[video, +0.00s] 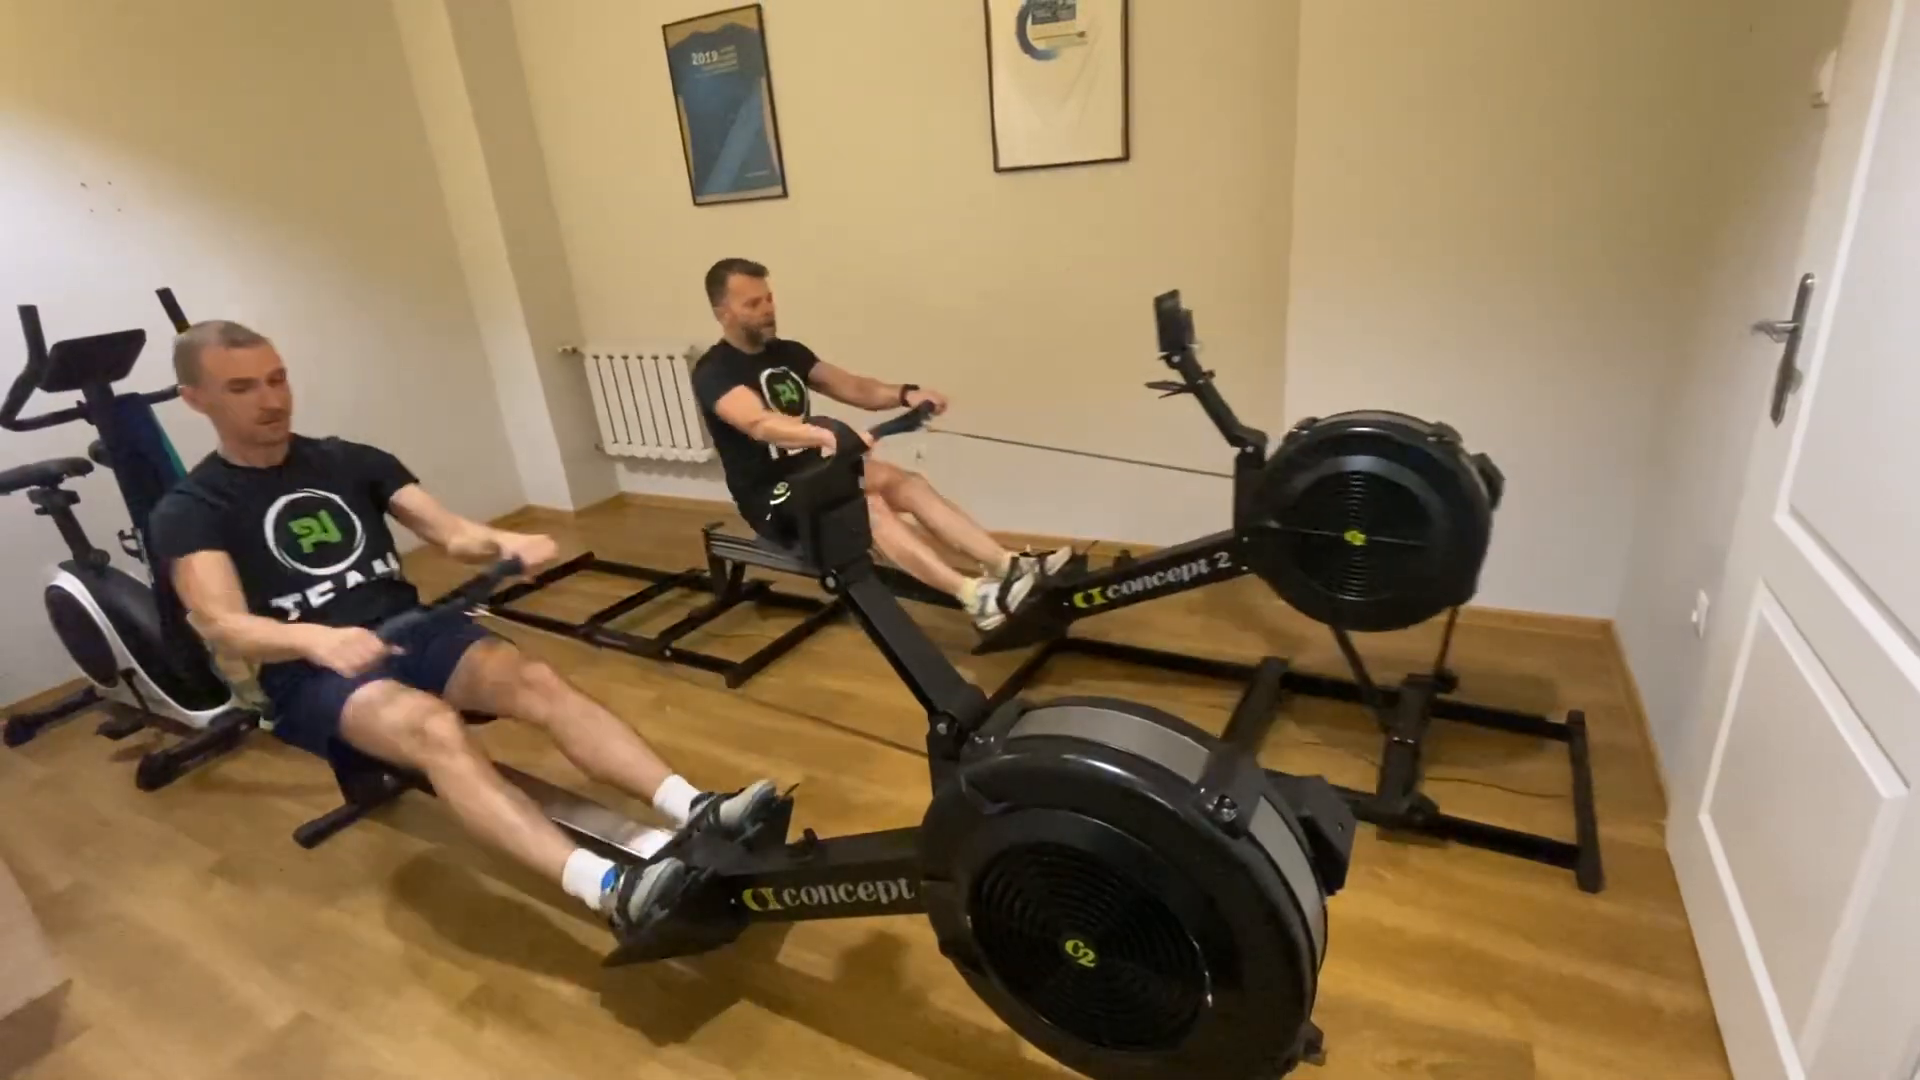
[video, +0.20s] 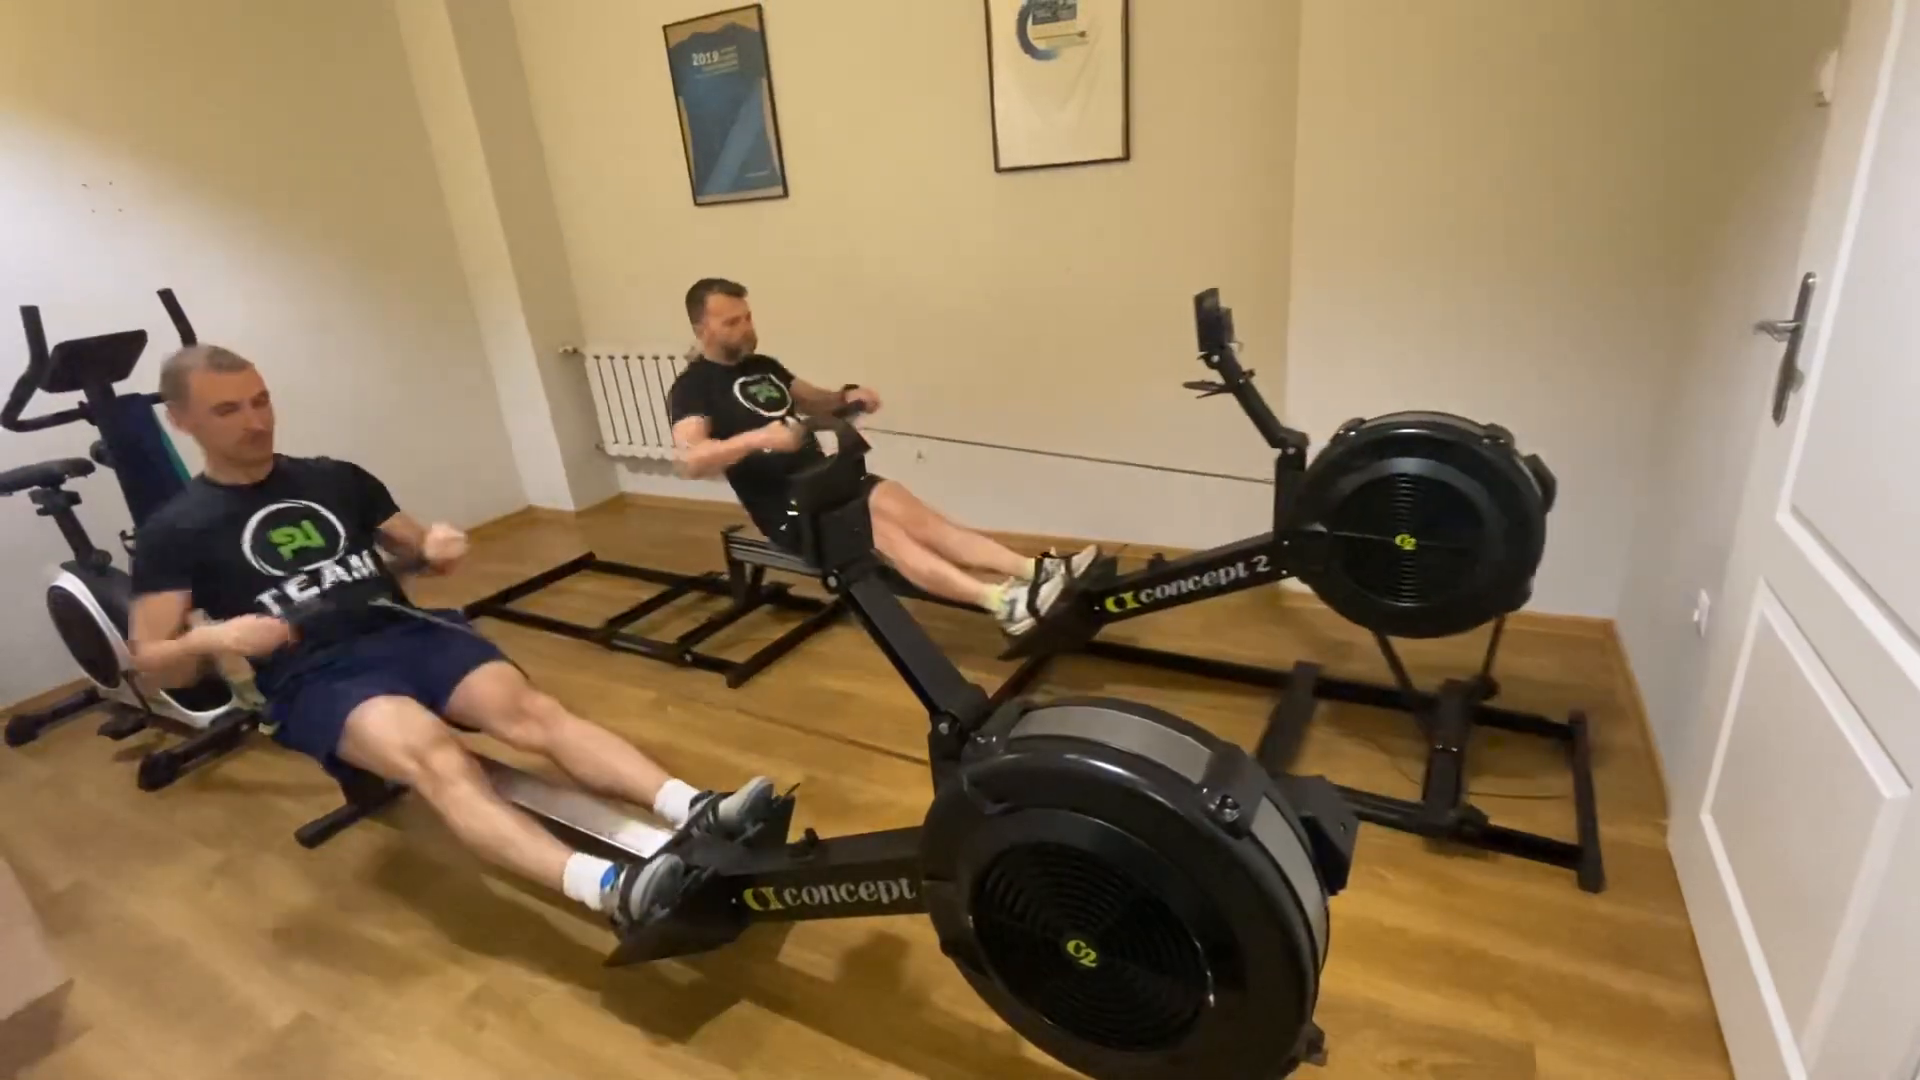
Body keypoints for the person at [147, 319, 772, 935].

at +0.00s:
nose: (270, 399)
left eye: (275, 379)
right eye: (243, 389)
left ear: (287, 372)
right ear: (196, 400)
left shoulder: (349, 462)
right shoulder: (190, 511)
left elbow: (449, 531)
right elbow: (224, 625)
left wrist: (505, 543)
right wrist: (314, 639)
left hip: (403, 626)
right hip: (308, 668)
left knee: (532, 679)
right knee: (432, 727)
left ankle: (697, 812)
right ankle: (608, 889)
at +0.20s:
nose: (253, 421)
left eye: (258, 401)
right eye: (228, 412)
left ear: (271, 394)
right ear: (185, 426)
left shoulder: (333, 479)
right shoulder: (173, 532)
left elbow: (414, 543)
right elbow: (149, 655)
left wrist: (435, 544)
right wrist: (213, 638)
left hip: (400, 627)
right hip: (312, 669)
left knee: (526, 709)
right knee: (436, 756)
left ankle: (697, 812)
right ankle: (612, 892)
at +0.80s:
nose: (332, 394)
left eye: (325, 377)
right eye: (309, 386)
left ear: (263, 402)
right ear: (247, 408)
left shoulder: (358, 470)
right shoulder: (204, 513)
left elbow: (462, 543)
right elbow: (180, 657)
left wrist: (516, 574)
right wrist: (295, 682)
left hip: (418, 641)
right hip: (329, 680)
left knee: (536, 680)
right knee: (441, 728)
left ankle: (692, 810)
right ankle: (610, 888)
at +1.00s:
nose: (381, 395)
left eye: (374, 378)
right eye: (359, 384)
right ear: (297, 406)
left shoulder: (399, 471)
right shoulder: (241, 513)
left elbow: (509, 540)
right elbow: (246, 658)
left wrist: (581, 590)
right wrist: (360, 705)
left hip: (437, 639)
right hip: (346, 679)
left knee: (562, 650)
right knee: (448, 720)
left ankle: (694, 813)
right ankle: (614, 890)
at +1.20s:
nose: (442, 405)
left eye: (435, 387)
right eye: (419, 395)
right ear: (359, 416)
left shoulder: (448, 475)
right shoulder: (293, 519)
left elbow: (568, 541)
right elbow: (318, 659)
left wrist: (661, 607)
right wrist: (455, 737)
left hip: (471, 649)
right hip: (378, 685)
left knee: (578, 622)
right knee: (449, 685)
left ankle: (696, 811)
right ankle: (615, 887)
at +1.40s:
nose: (502, 420)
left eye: (494, 400)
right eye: (478, 410)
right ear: (413, 432)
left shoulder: (503, 486)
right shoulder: (344, 535)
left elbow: (627, 555)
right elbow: (398, 687)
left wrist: (728, 625)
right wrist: (538, 767)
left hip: (502, 676)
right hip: (404, 718)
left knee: (614, 605)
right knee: (460, 675)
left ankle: (698, 814)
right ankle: (619, 889)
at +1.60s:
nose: (569, 438)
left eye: (561, 419)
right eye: (545, 429)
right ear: (480, 452)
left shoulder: (565, 503)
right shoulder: (408, 552)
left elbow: (692, 568)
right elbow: (466, 706)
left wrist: (801, 640)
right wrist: (624, 798)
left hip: (540, 692)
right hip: (443, 736)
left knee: (642, 601)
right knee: (478, 676)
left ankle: (693, 806)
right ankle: (621, 889)